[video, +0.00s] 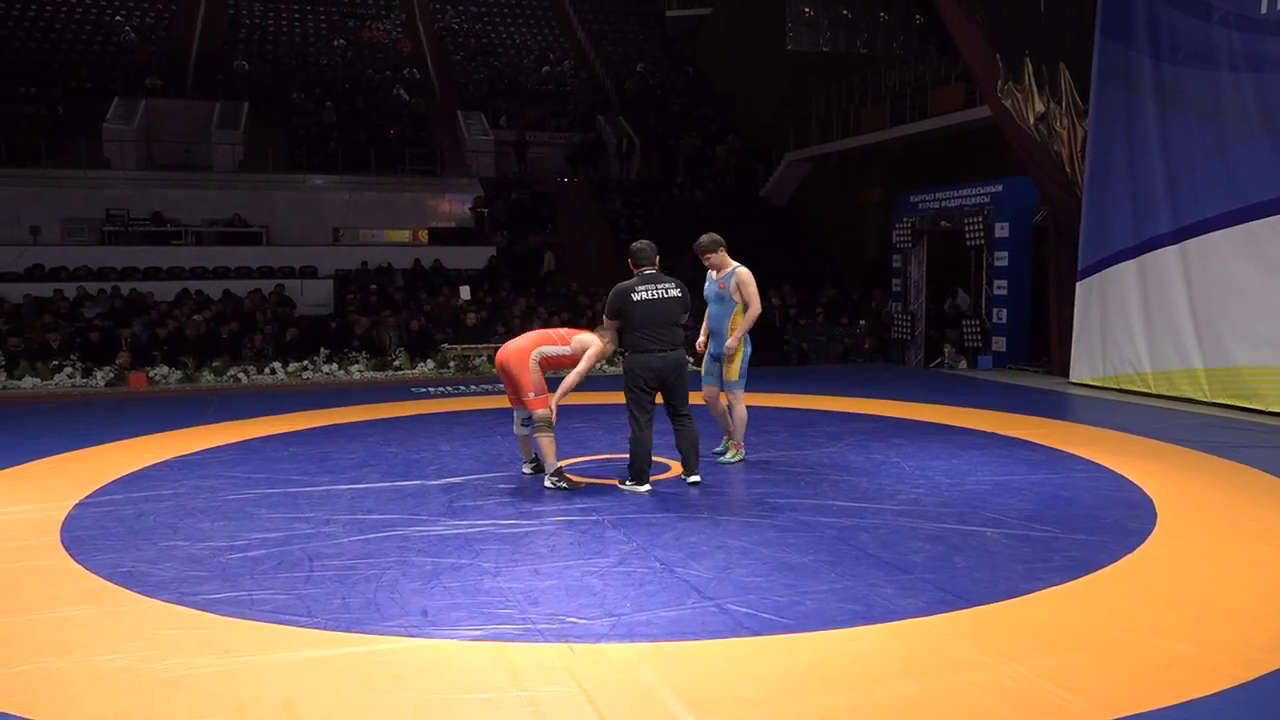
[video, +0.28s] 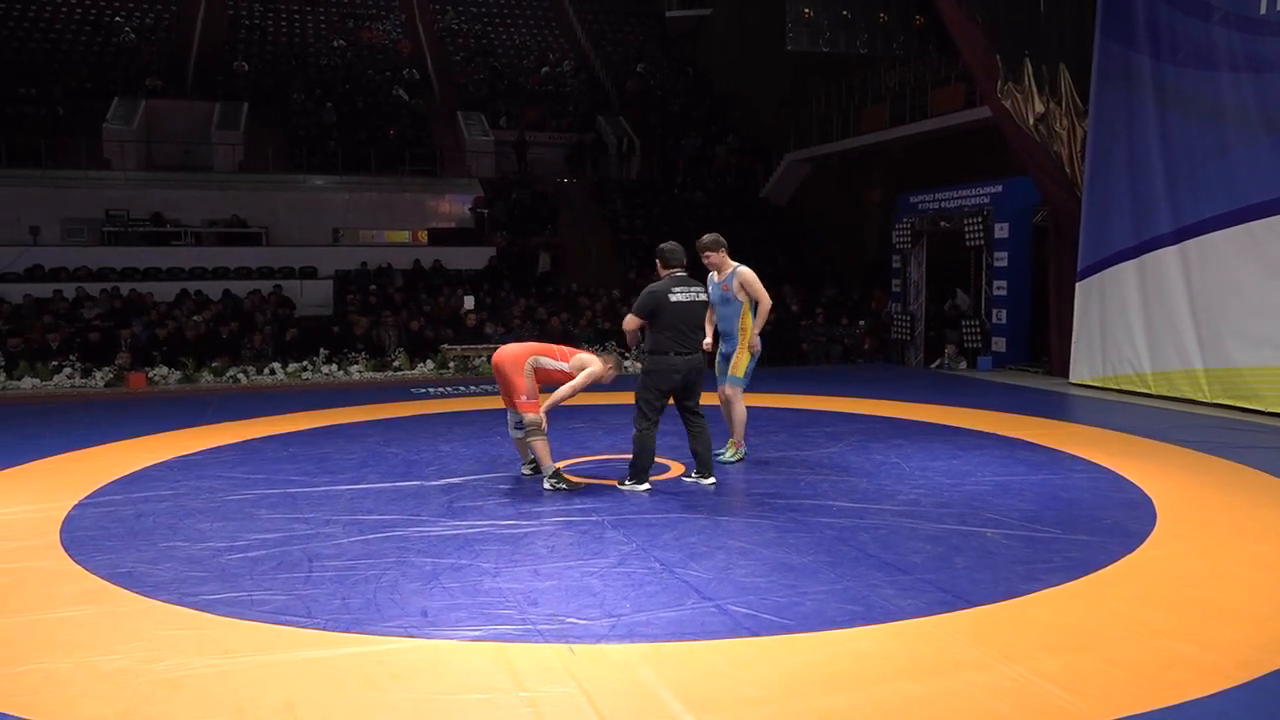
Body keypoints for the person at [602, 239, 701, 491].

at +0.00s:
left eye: (630, 262)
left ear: (631, 264)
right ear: (658, 262)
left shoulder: (621, 291)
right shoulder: (677, 287)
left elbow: (610, 323)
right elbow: (683, 319)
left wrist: (634, 318)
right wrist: (656, 315)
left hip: (639, 363)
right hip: (674, 361)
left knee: (640, 421)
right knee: (682, 414)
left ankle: (639, 479)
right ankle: (692, 471)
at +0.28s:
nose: (656, 266)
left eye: (656, 263)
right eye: (658, 263)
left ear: (659, 264)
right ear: (684, 263)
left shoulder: (655, 291)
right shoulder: (700, 289)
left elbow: (629, 325)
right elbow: (700, 323)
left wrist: (635, 343)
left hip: (661, 364)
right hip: (693, 362)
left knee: (646, 420)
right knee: (693, 414)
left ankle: (639, 477)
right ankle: (704, 471)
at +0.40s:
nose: (667, 266)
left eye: (668, 262)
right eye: (668, 262)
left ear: (673, 262)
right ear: (695, 261)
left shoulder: (674, 289)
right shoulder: (710, 286)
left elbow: (658, 325)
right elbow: (690, 306)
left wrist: (640, 345)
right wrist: (670, 286)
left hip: (677, 362)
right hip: (704, 360)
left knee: (653, 416)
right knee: (700, 414)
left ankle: (639, 472)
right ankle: (705, 472)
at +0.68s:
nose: (693, 262)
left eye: (698, 257)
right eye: (690, 258)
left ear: (713, 257)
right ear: (691, 260)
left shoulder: (719, 279)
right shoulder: (707, 280)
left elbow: (728, 309)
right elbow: (695, 293)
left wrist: (705, 337)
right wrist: (674, 278)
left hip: (707, 356)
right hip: (714, 355)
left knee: (688, 412)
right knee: (712, 415)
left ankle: (687, 471)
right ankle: (710, 470)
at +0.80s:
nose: (708, 262)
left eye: (713, 256)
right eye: (704, 258)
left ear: (726, 257)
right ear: (701, 261)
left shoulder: (732, 278)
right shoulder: (711, 284)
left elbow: (748, 293)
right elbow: (705, 303)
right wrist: (687, 296)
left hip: (721, 354)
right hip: (708, 354)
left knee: (707, 411)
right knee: (713, 412)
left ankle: (722, 469)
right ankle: (713, 464)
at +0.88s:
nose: (717, 262)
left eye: (722, 257)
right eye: (712, 258)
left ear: (733, 258)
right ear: (707, 262)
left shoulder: (739, 279)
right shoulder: (714, 285)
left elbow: (752, 286)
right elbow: (712, 312)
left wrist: (763, 287)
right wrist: (697, 305)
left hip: (728, 354)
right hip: (713, 354)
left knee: (717, 412)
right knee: (716, 413)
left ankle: (749, 465)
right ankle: (713, 467)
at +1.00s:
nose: (730, 263)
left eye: (736, 257)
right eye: (726, 258)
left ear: (746, 259)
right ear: (720, 262)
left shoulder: (754, 280)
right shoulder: (723, 287)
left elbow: (775, 285)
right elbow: (708, 306)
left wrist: (785, 268)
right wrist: (704, 304)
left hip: (740, 357)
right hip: (722, 357)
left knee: (735, 415)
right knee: (721, 416)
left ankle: (782, 460)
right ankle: (714, 470)